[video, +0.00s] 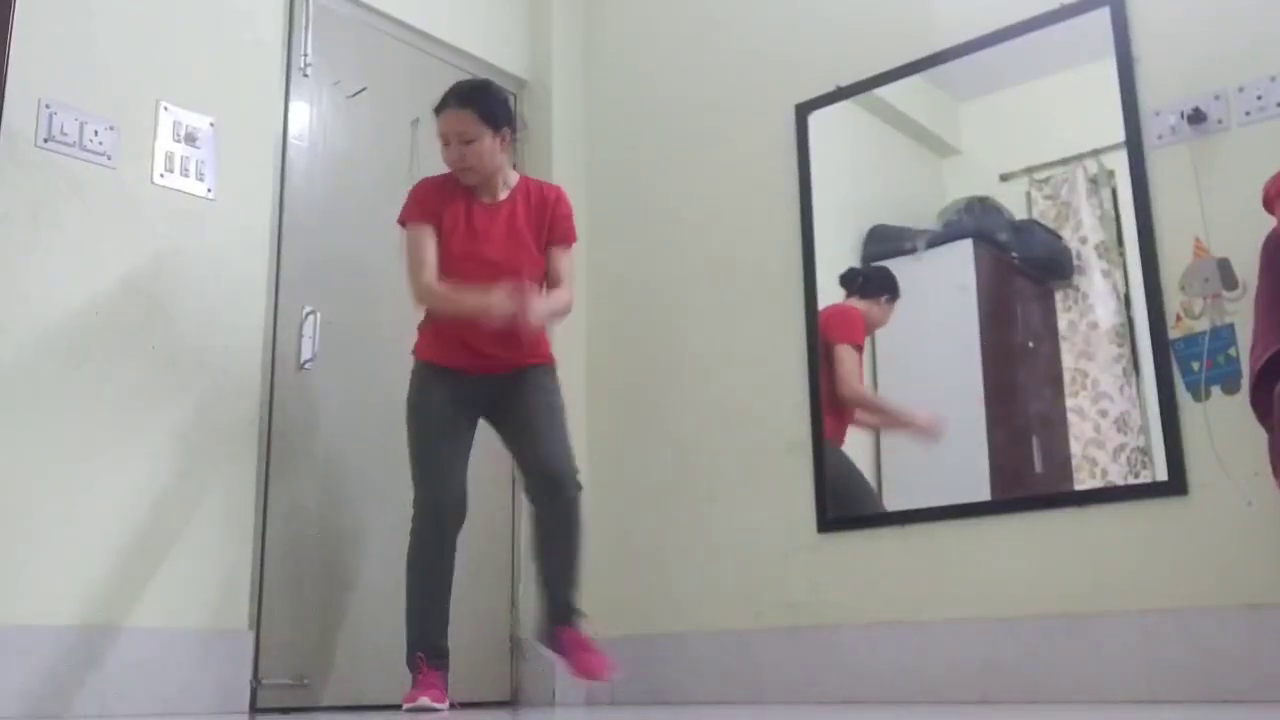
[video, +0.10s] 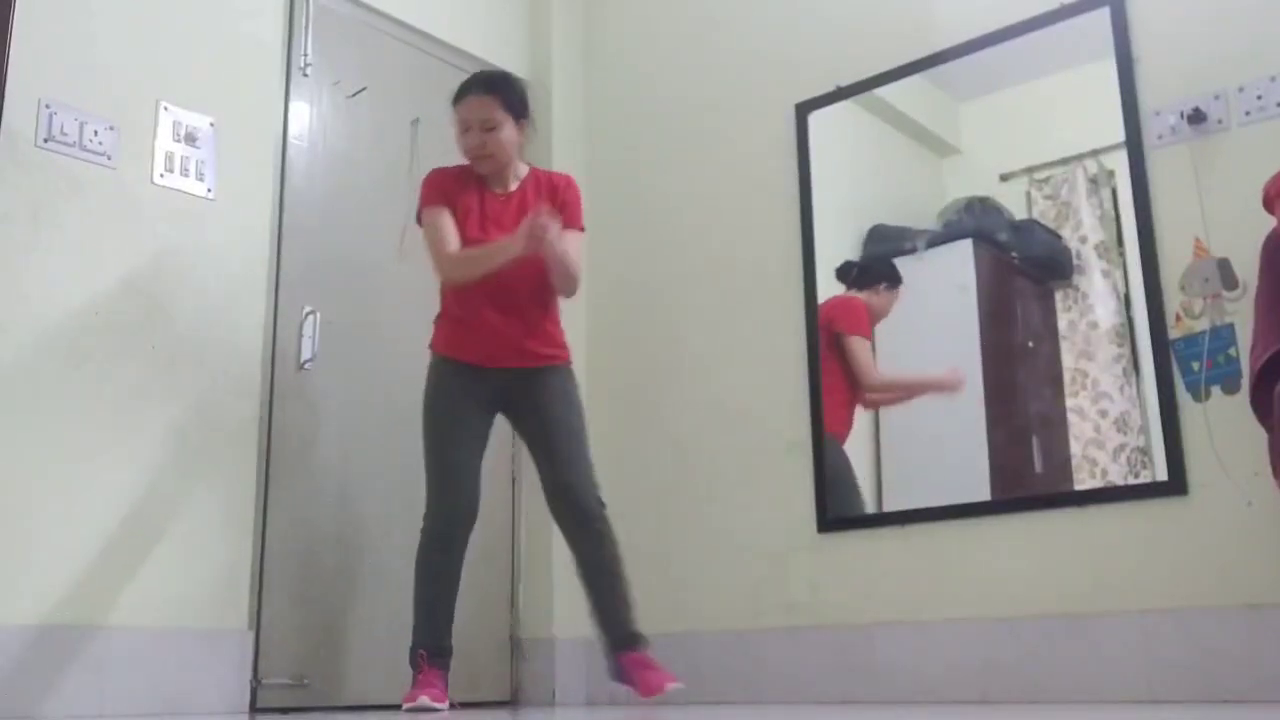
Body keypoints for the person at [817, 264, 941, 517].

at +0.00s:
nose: (886, 321)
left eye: (891, 312)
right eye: (891, 310)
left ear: (859, 292)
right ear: (882, 300)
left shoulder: (833, 318)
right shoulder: (846, 315)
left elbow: (848, 411)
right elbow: (848, 390)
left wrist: (906, 423)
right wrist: (911, 418)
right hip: (820, 447)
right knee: (875, 523)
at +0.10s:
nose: (891, 309)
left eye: (895, 301)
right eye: (894, 299)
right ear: (881, 288)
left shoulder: (840, 311)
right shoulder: (849, 307)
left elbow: (868, 398)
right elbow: (870, 381)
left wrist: (927, 387)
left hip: (825, 441)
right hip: (822, 441)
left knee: (848, 525)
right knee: (854, 524)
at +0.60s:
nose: (926, 270)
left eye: (925, 261)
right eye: (922, 260)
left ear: (877, 262)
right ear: (900, 261)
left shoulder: (860, 293)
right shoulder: (889, 287)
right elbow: (865, 347)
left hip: (822, 418)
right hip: (840, 418)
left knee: (866, 527)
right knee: (875, 525)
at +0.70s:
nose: (930, 267)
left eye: (929, 258)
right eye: (926, 257)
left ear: (904, 259)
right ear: (904, 259)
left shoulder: (863, 290)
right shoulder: (893, 284)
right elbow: (854, 319)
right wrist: (831, 383)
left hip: (833, 415)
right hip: (851, 417)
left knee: (863, 524)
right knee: (875, 521)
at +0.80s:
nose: (930, 267)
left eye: (929, 258)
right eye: (926, 258)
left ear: (905, 260)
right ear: (904, 261)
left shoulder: (866, 289)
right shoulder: (894, 285)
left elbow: (824, 344)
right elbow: (851, 308)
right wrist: (826, 368)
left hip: (835, 414)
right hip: (851, 415)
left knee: (863, 524)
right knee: (872, 522)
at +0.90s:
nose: (931, 269)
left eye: (929, 259)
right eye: (926, 258)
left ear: (902, 261)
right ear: (905, 261)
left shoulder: (866, 290)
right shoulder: (896, 287)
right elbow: (858, 318)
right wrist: (846, 388)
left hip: (830, 410)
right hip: (852, 413)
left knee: (860, 521)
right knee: (871, 520)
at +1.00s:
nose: (928, 272)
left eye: (928, 263)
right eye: (925, 262)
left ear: (878, 266)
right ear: (905, 265)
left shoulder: (860, 296)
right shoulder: (895, 290)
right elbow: (873, 348)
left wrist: (885, 434)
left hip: (818, 415)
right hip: (844, 416)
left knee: (870, 524)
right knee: (879, 524)